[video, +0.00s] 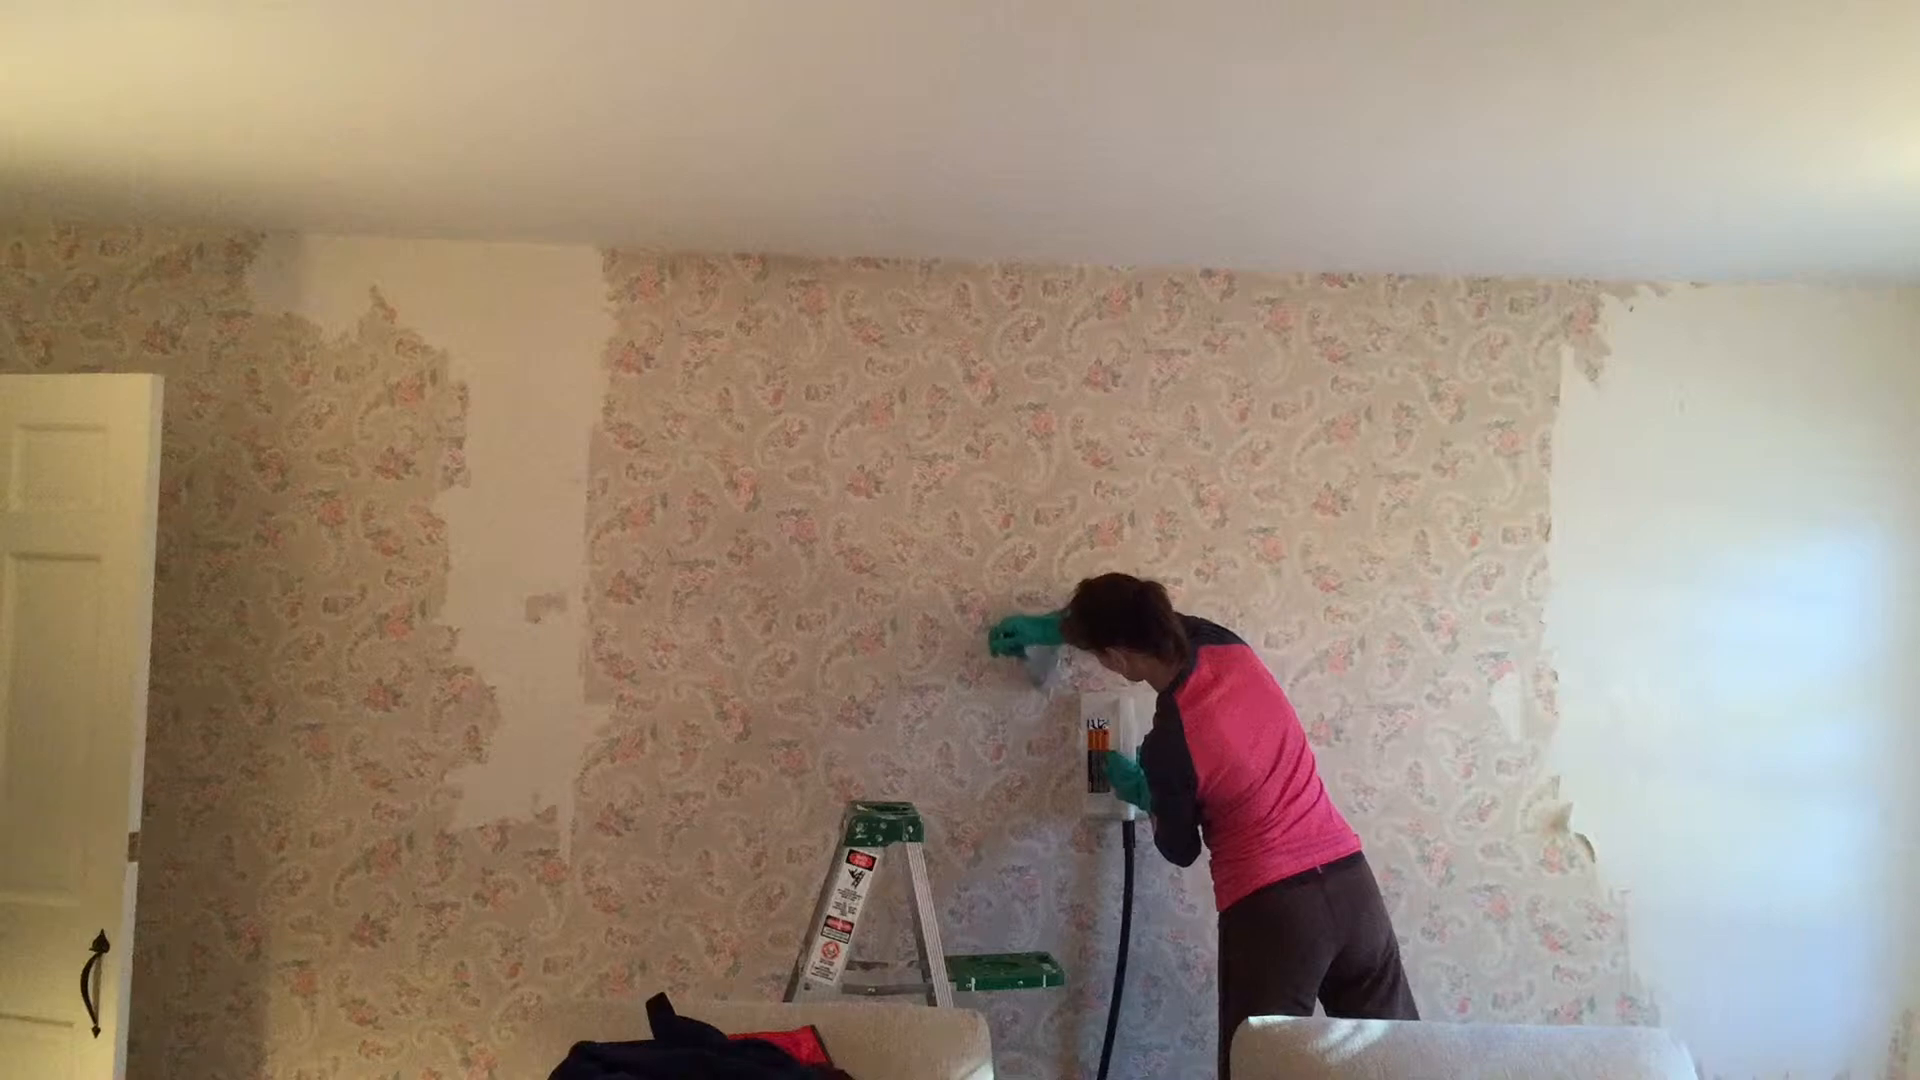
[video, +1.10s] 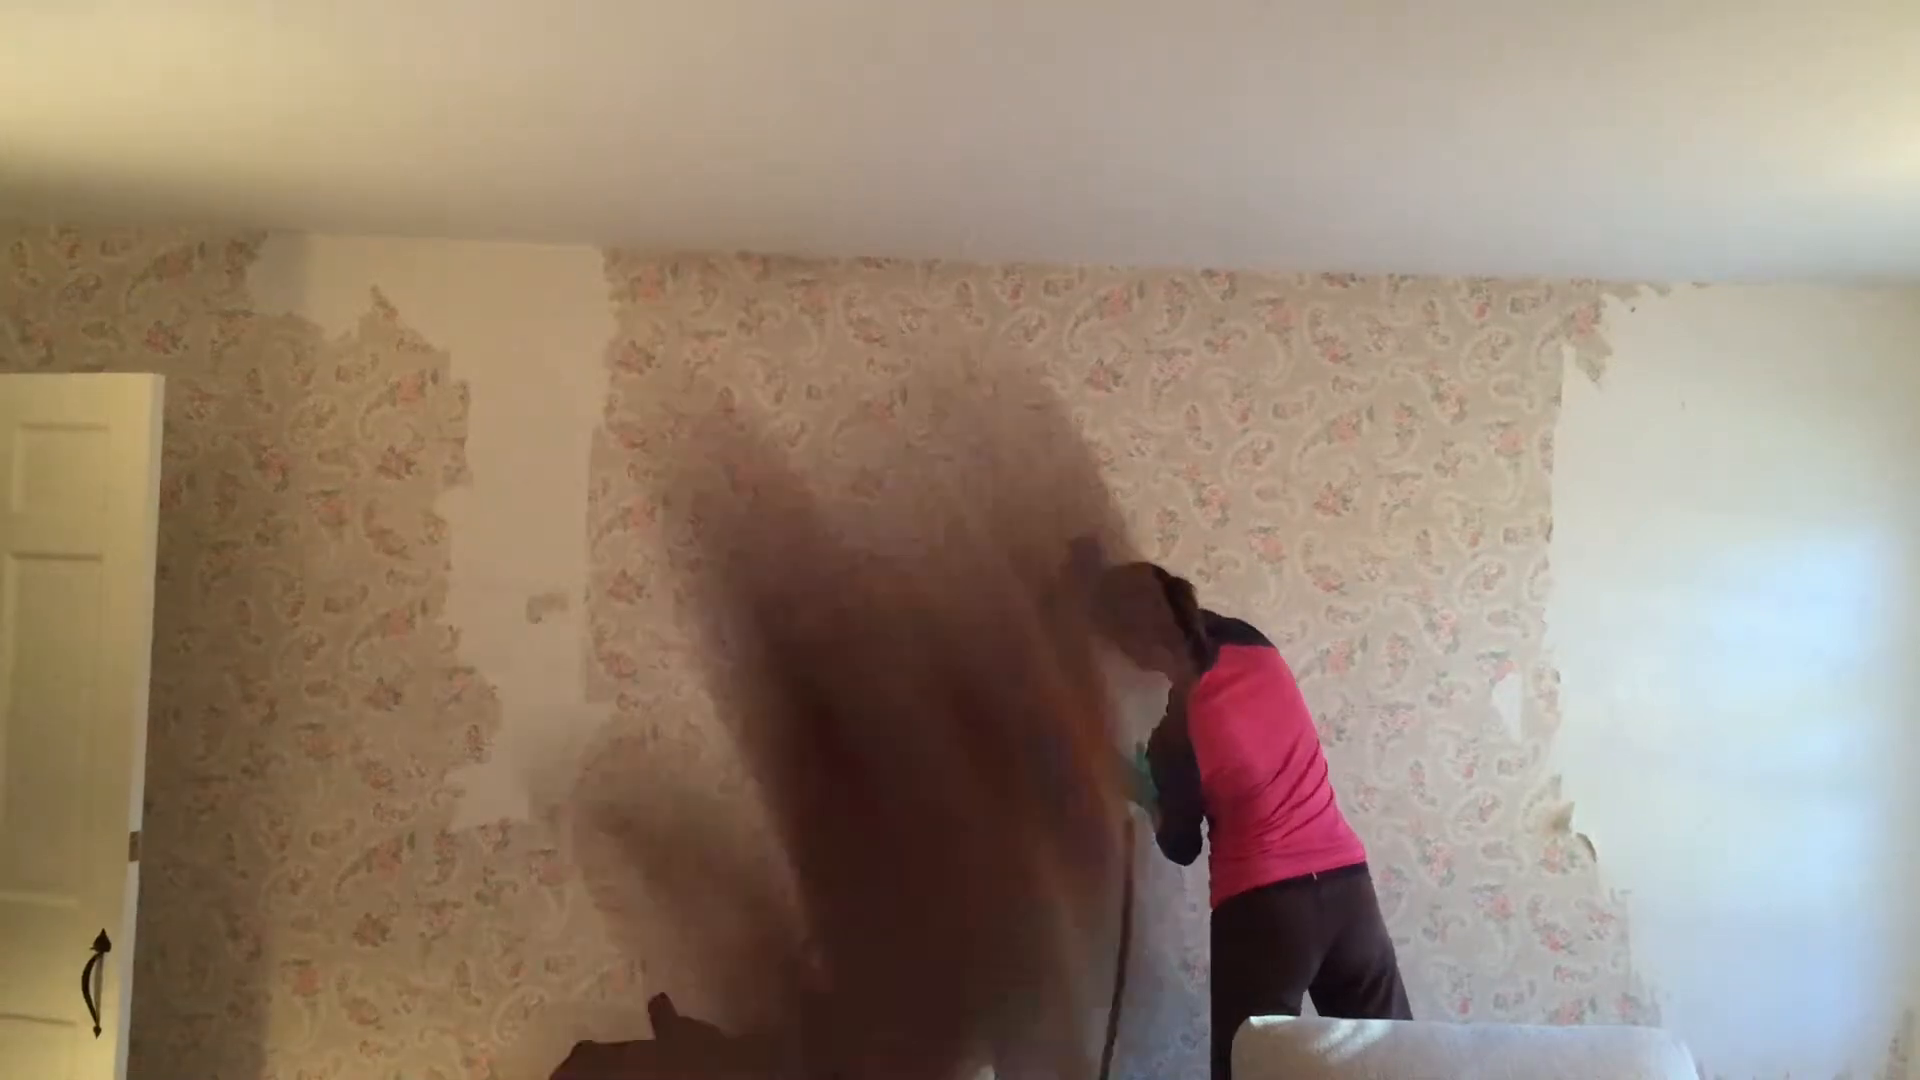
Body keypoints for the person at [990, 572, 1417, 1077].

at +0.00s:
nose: (1106, 666)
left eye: (1103, 653)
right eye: (1098, 655)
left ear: (1122, 651)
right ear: (1157, 615)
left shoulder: (1168, 738)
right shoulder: (1232, 648)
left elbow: (1180, 847)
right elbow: (1139, 616)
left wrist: (1139, 791)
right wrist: (1045, 628)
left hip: (1270, 916)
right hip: (1352, 889)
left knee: (1254, 1069)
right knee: (1401, 1059)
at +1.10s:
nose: (1124, 655)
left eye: (1122, 641)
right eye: (1117, 641)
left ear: (1139, 643)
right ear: (1187, 609)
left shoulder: (1174, 733)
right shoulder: (1261, 652)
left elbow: (1182, 847)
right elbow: (1192, 618)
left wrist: (1155, 797)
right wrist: (1105, 581)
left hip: (1261, 916)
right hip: (1349, 895)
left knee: (1247, 1073)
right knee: (1392, 1063)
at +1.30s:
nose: (1152, 635)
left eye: (1149, 623)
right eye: (1146, 624)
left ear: (1169, 625)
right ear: (1218, 603)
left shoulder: (1191, 719)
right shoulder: (1292, 654)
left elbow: (1171, 824)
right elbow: (1241, 616)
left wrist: (1133, 762)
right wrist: (1201, 579)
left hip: (1257, 914)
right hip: (1348, 902)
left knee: (1245, 1073)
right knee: (1380, 1067)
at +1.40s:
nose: (1166, 625)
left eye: (1164, 613)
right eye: (1164, 613)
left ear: (1184, 619)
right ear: (1240, 594)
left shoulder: (1198, 713)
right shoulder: (1312, 659)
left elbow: (1169, 814)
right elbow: (1264, 628)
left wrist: (1126, 745)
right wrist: (1228, 577)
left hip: (1256, 917)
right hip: (1350, 907)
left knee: (1243, 1074)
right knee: (1378, 1069)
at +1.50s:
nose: (1181, 621)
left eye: (1180, 607)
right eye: (1178, 608)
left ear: (1203, 610)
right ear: (1258, 595)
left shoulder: (1207, 709)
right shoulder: (1323, 660)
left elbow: (1169, 804)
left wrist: (1127, 736)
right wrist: (1286, 639)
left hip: (1258, 917)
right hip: (1353, 911)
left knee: (1245, 1074)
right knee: (1380, 1070)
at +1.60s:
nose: (1197, 614)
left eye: (1196, 601)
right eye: (1193, 601)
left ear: (1218, 606)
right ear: (1273, 593)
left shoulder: (1217, 703)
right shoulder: (1336, 665)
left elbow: (1168, 791)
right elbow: (1387, 740)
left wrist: (1126, 725)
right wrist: (1321, 651)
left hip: (1260, 916)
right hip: (1355, 911)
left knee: (1246, 1073)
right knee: (1381, 1069)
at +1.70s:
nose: (1212, 610)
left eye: (1211, 596)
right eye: (1208, 596)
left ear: (1233, 600)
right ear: (1288, 590)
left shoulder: (1228, 699)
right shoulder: (1354, 678)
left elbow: (1169, 783)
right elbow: (1414, 766)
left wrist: (1124, 714)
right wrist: (1351, 669)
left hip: (1263, 917)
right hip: (1358, 914)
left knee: (1251, 1074)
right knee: (1381, 1071)